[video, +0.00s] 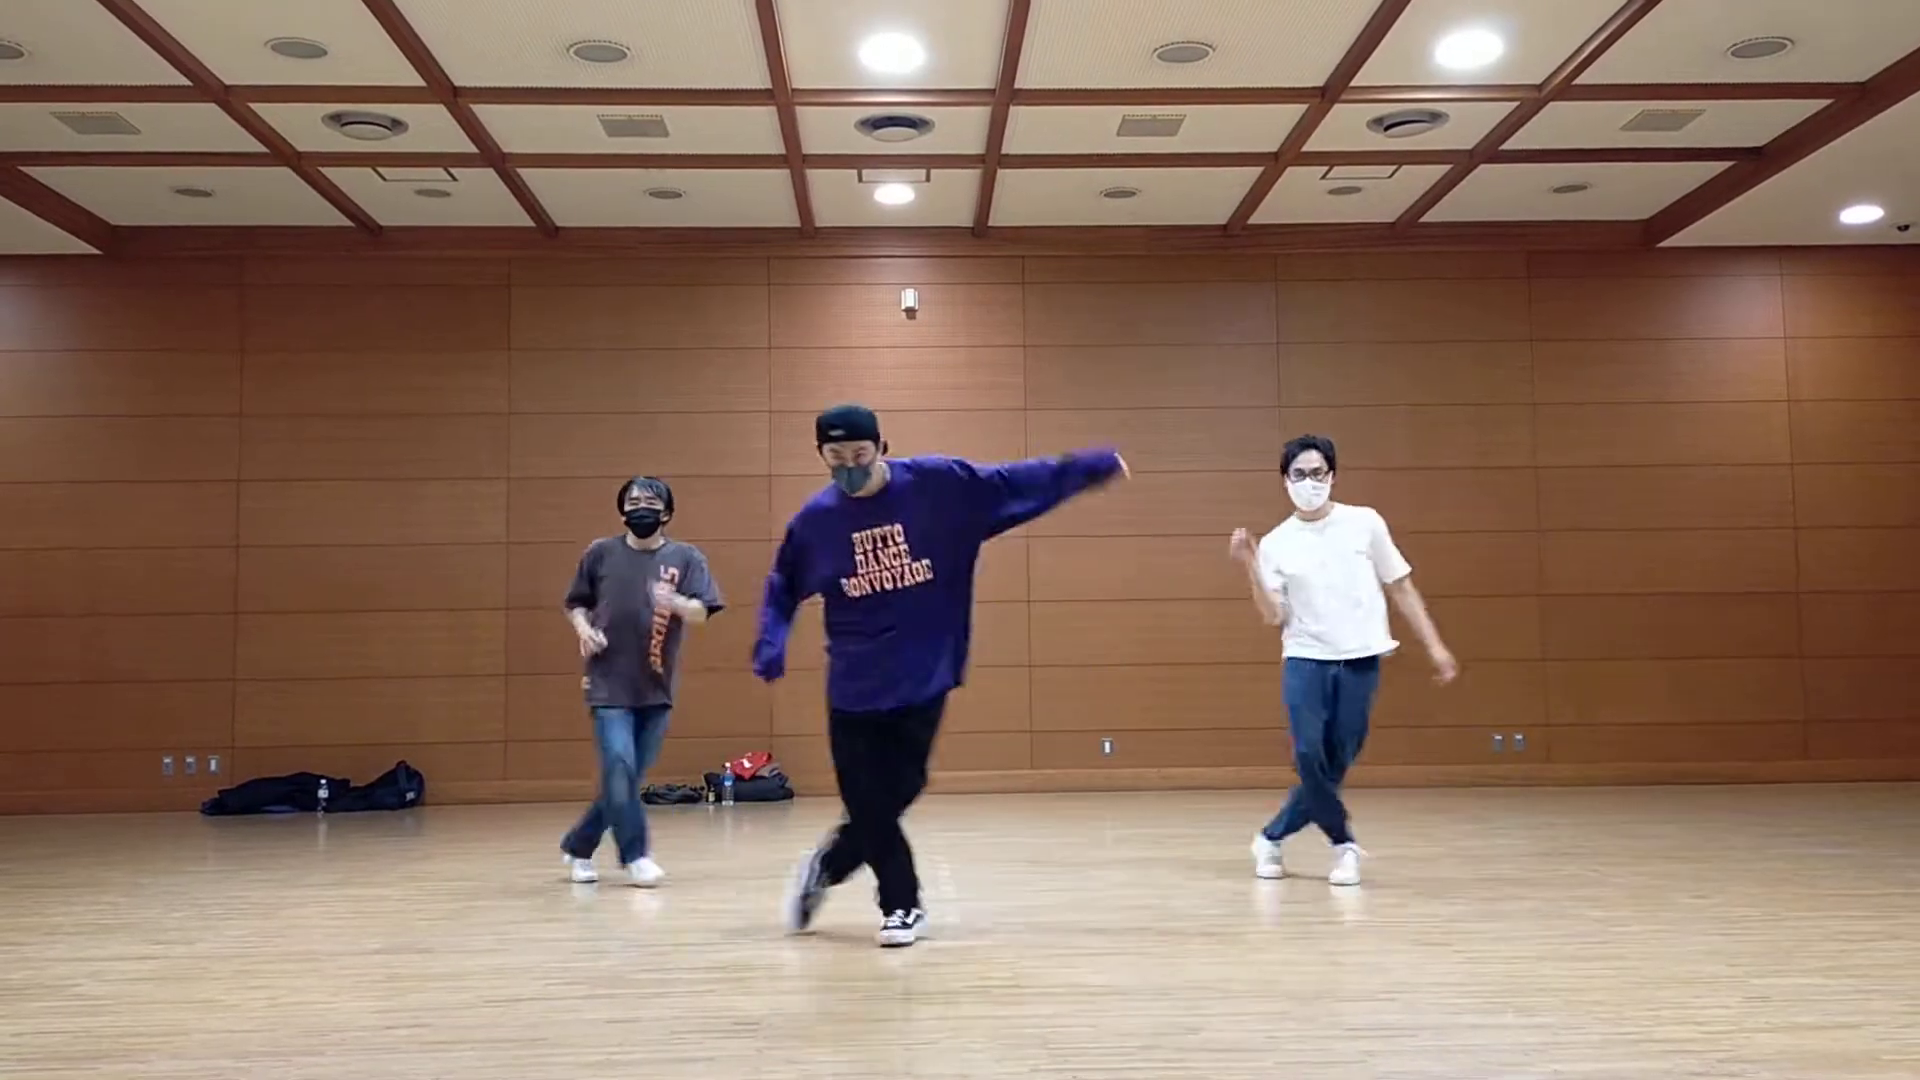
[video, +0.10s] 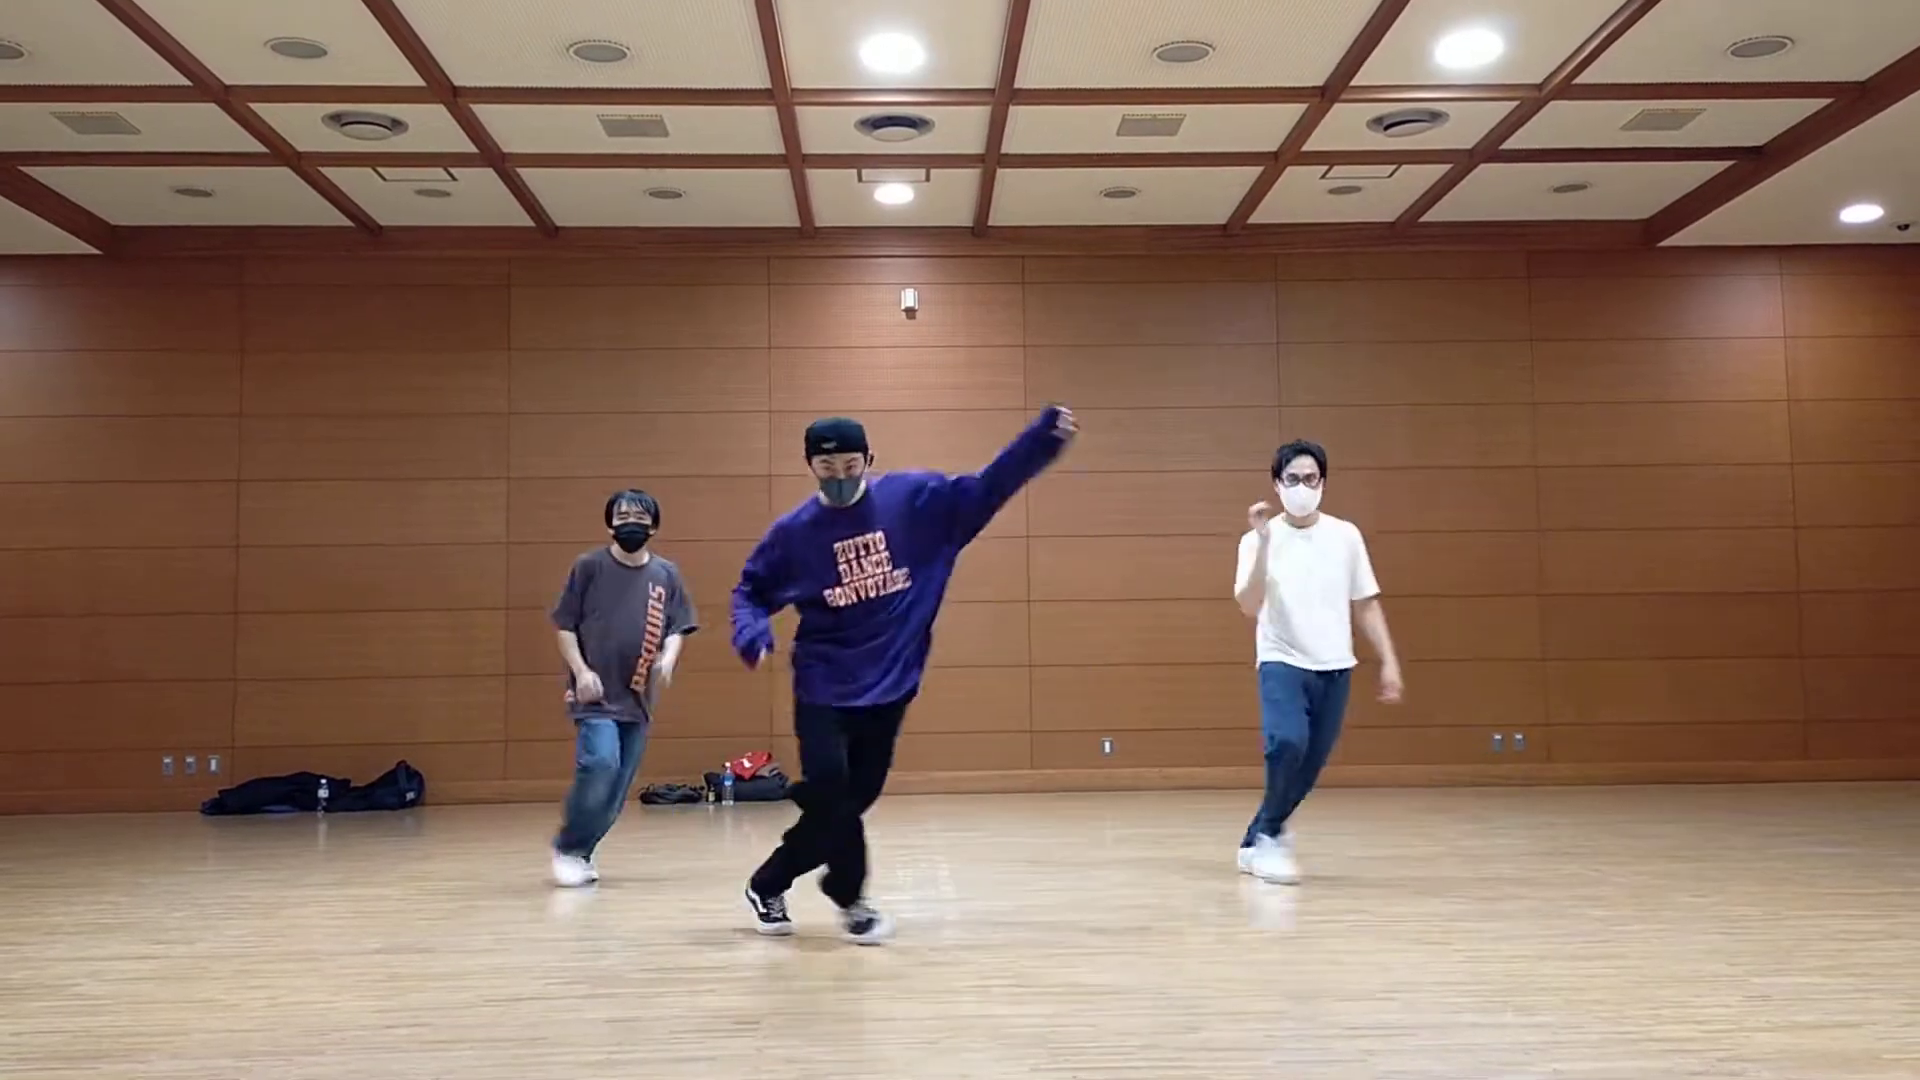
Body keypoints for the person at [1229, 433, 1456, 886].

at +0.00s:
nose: (1311, 482)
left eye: (1319, 474)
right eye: (1300, 475)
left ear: (1332, 478)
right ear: (1286, 482)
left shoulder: (1366, 524)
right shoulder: (1275, 543)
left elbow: (1401, 589)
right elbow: (1274, 616)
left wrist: (1436, 647)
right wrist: (1251, 567)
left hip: (1361, 658)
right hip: (1305, 658)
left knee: (1339, 759)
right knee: (1310, 752)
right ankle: (1343, 845)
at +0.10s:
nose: (1303, 487)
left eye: (1312, 479)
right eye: (1294, 479)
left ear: (1323, 484)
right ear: (1277, 483)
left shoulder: (1345, 535)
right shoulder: (1259, 539)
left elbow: (1367, 604)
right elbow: (1249, 605)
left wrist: (1389, 661)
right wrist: (1262, 542)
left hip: (1335, 666)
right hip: (1282, 661)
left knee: (1311, 763)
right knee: (1289, 743)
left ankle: (1258, 840)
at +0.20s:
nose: (1302, 478)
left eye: (1310, 471)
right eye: (1293, 469)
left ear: (1318, 476)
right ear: (1274, 472)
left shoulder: (1327, 527)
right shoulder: (1247, 524)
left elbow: (1335, 599)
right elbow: (1239, 588)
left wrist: (1347, 658)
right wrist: (1290, 556)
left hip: (1317, 655)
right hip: (1269, 652)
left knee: (1307, 758)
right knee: (1270, 747)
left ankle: (1253, 840)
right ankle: (1205, 835)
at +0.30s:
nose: (1306, 474)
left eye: (1314, 467)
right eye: (1298, 464)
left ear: (1321, 476)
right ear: (1276, 468)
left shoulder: (1315, 527)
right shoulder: (1248, 515)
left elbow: (1306, 601)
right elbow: (1235, 577)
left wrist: (1318, 656)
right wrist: (1303, 603)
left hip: (1294, 659)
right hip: (1249, 655)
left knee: (1327, 744)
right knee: (1229, 751)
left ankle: (1269, 829)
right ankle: (1172, 847)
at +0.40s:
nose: (1317, 482)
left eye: (1325, 475)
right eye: (1308, 472)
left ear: (1333, 484)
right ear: (1287, 476)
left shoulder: (1309, 538)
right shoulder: (1260, 522)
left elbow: (1284, 607)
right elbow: (1233, 585)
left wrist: (1299, 665)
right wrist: (1244, 653)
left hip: (1270, 656)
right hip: (1230, 652)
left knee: (1311, 742)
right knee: (1206, 751)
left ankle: (1342, 847)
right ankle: (1160, 852)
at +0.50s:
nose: (1330, 499)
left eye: (1339, 492)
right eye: (1322, 489)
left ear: (1347, 502)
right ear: (1302, 494)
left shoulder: (1313, 556)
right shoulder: (1279, 536)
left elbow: (1275, 622)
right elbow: (1221, 586)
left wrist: (1293, 682)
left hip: (1259, 666)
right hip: (1229, 658)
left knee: (1306, 751)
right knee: (1206, 757)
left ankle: (1358, 849)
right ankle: (1159, 854)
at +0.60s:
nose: (1349, 501)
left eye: (1359, 494)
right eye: (1341, 491)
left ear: (1367, 505)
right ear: (1322, 496)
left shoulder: (1336, 561)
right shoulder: (1293, 532)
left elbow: (1295, 624)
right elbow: (1225, 558)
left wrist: (1295, 683)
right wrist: (1159, 585)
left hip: (1276, 666)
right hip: (1243, 656)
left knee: (1320, 745)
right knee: (1215, 755)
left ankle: (1365, 849)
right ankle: (1158, 853)